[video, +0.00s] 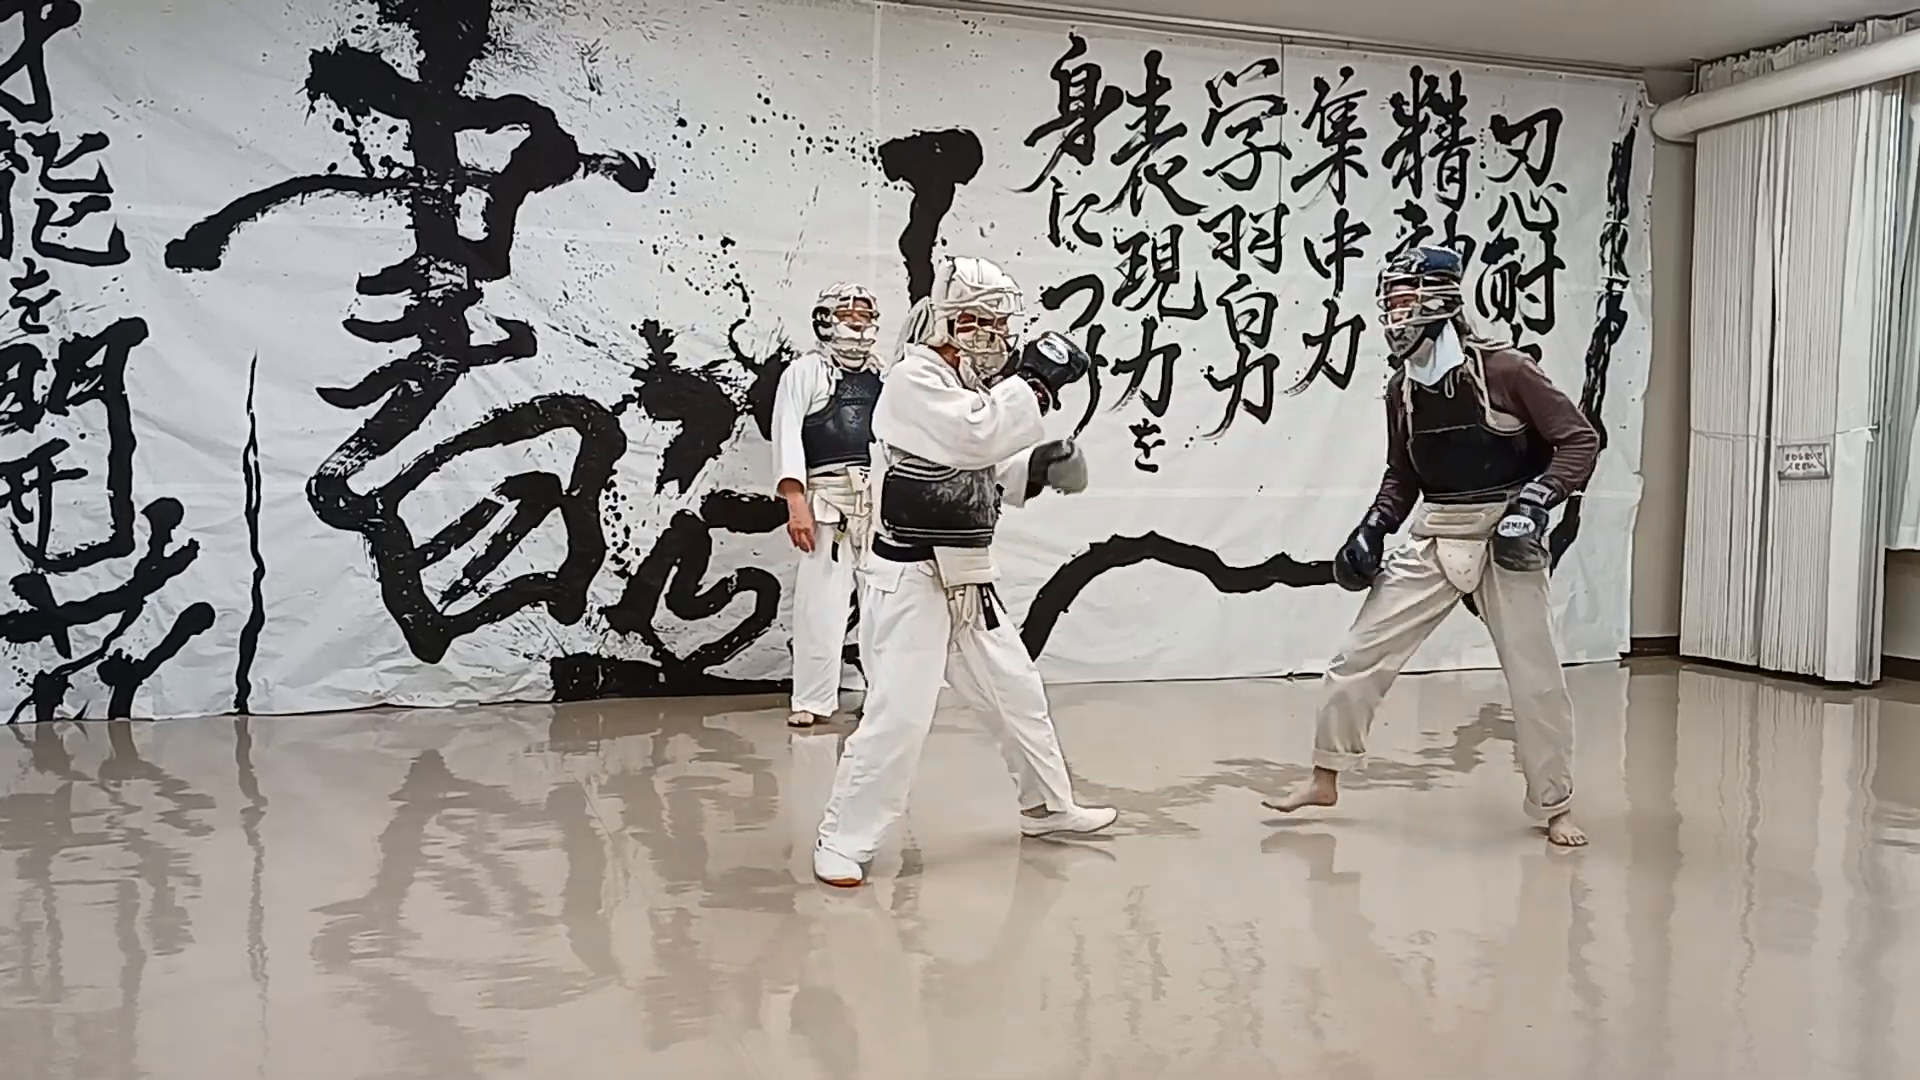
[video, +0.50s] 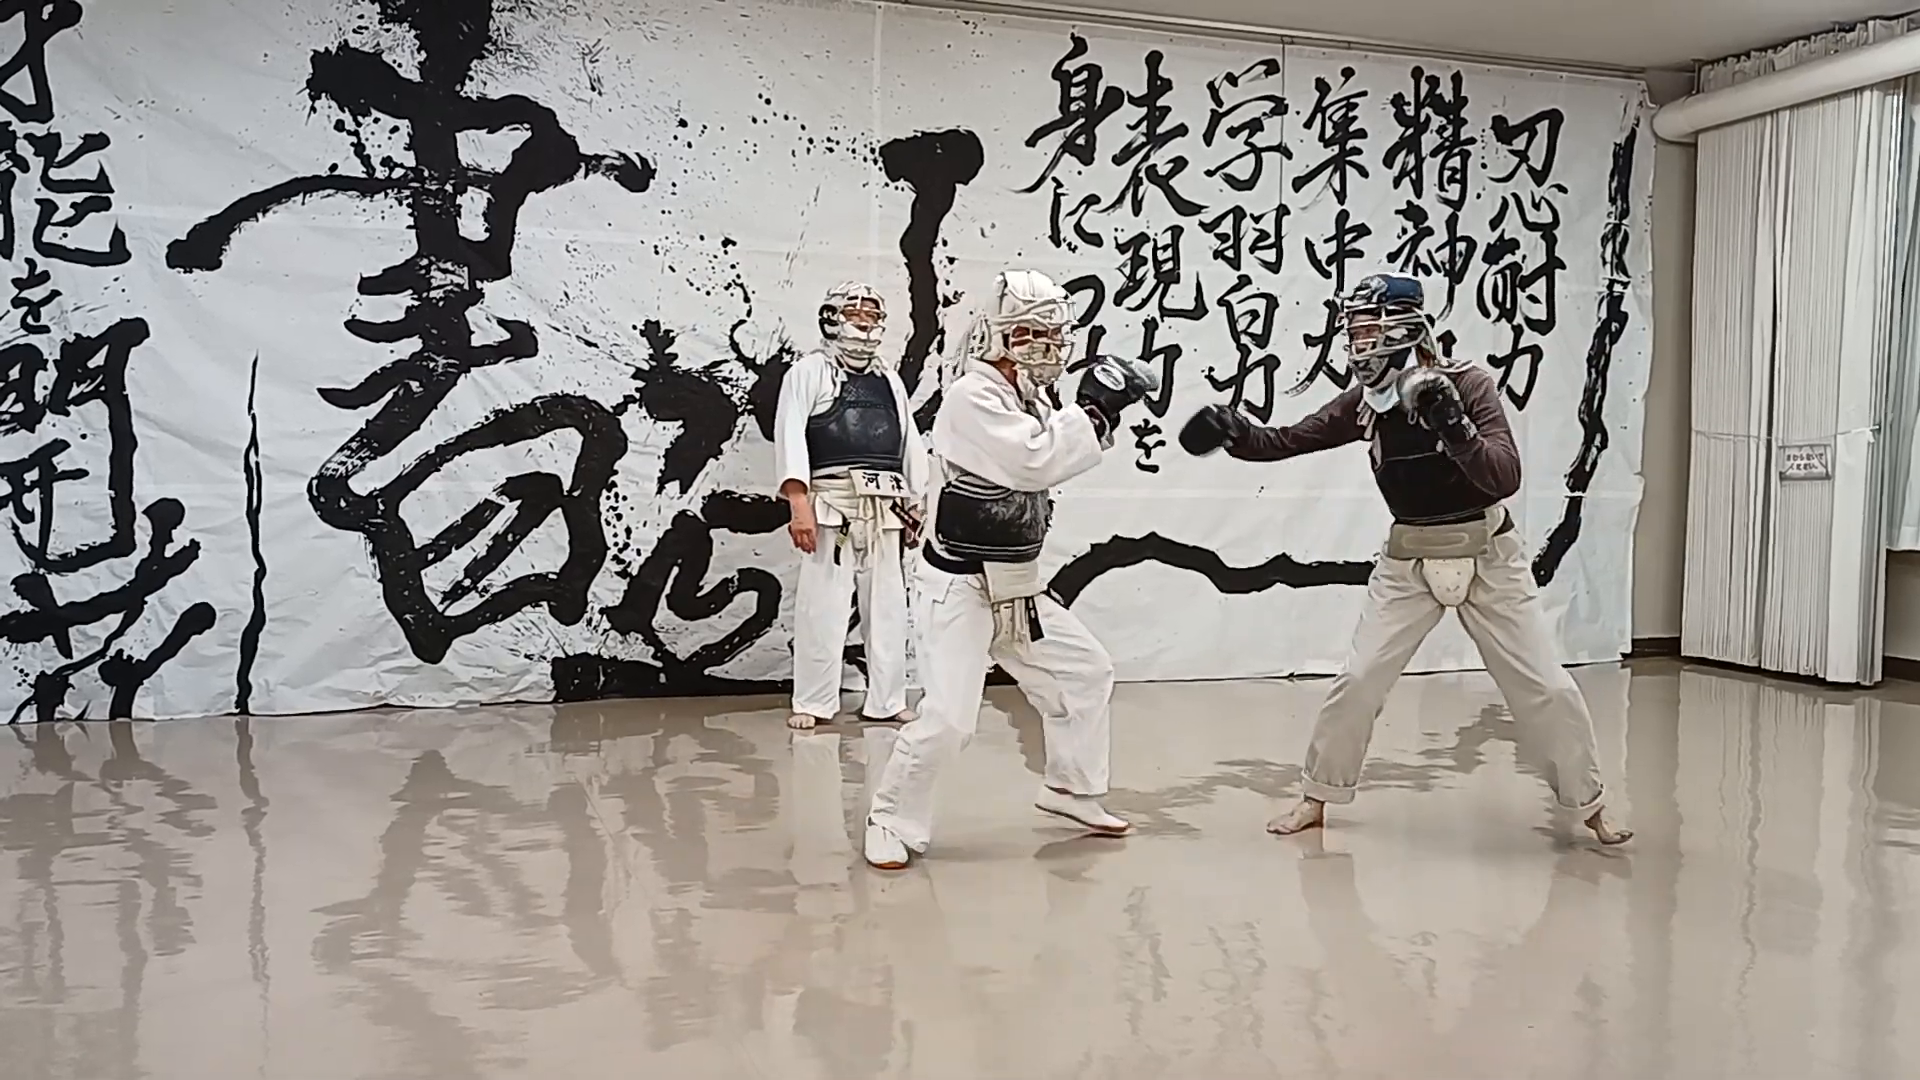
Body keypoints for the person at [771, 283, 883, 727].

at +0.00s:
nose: (855, 323)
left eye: (863, 316)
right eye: (845, 315)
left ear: (873, 324)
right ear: (825, 321)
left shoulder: (882, 375)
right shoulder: (804, 371)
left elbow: (898, 440)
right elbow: (786, 438)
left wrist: (903, 500)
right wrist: (797, 504)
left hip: (879, 501)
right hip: (824, 502)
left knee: (885, 602)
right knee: (819, 607)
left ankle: (886, 698)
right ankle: (811, 702)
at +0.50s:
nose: (863, 325)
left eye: (871, 318)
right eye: (854, 315)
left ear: (880, 326)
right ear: (832, 319)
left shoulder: (889, 378)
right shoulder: (809, 370)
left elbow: (910, 443)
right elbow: (790, 437)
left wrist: (917, 502)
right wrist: (799, 505)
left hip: (886, 505)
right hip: (827, 503)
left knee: (888, 608)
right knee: (821, 608)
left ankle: (886, 702)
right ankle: (814, 705)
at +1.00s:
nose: (868, 325)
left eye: (875, 319)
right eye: (858, 317)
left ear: (882, 326)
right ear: (836, 322)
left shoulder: (893, 381)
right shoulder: (810, 373)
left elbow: (912, 446)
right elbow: (789, 441)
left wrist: (920, 507)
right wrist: (794, 508)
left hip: (884, 509)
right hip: (825, 508)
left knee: (888, 612)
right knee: (820, 613)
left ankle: (886, 706)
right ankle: (811, 709)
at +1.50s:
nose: (855, 326)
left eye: (863, 320)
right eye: (846, 317)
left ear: (871, 326)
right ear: (823, 320)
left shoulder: (878, 380)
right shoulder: (794, 371)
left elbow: (896, 446)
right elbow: (774, 439)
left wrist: (903, 508)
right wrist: (780, 505)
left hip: (868, 509)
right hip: (809, 507)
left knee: (869, 612)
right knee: (802, 612)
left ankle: (866, 706)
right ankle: (792, 709)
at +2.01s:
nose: (806, 325)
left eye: (813, 318)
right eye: (796, 316)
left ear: (819, 326)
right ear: (772, 320)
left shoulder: (827, 381)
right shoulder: (743, 373)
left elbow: (846, 447)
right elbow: (724, 443)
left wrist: (853, 509)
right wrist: (731, 510)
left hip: (819, 510)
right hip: (760, 509)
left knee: (821, 614)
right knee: (753, 614)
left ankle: (819, 707)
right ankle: (743, 711)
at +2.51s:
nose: (768, 325)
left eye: (774, 319)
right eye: (757, 317)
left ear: (781, 326)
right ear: (733, 321)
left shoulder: (789, 382)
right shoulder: (705, 375)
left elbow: (809, 449)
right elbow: (687, 444)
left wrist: (817, 514)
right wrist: (695, 510)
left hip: (784, 512)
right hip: (724, 510)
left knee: (787, 615)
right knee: (718, 615)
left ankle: (784, 709)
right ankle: (707, 713)